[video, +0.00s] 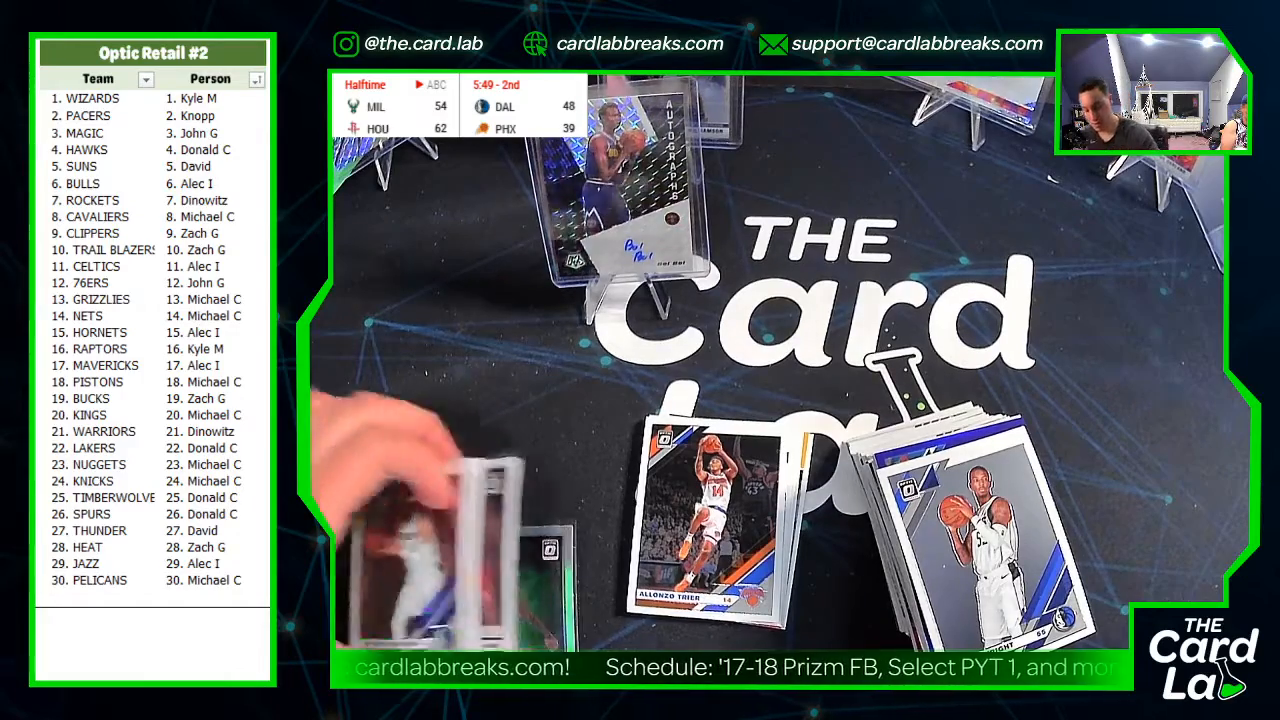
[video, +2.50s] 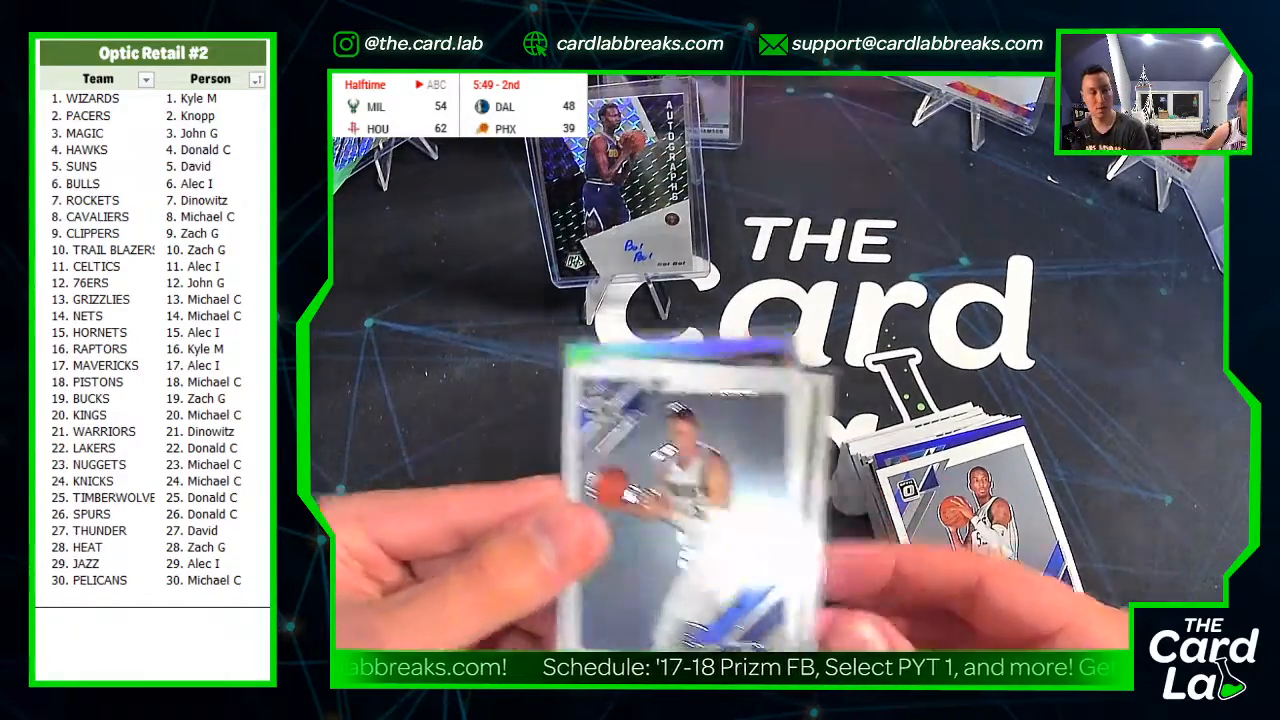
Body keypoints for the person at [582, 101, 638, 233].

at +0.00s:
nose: (617, 118)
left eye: (618, 115)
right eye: (612, 115)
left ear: (620, 117)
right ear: (603, 118)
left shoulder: (617, 142)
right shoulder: (598, 140)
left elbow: (619, 178)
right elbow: (606, 176)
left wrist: (632, 157)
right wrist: (623, 154)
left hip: (611, 188)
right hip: (595, 190)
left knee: (624, 226)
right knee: (598, 234)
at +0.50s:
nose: (618, 118)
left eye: (618, 115)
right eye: (614, 116)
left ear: (620, 117)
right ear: (603, 119)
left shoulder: (616, 141)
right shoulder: (598, 141)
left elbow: (621, 178)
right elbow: (606, 176)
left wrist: (631, 154)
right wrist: (623, 157)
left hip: (611, 188)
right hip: (595, 190)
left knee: (624, 227)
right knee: (599, 234)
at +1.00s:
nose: (617, 118)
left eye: (618, 115)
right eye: (613, 115)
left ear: (620, 117)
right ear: (603, 118)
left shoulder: (616, 142)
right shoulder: (598, 141)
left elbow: (621, 176)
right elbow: (606, 175)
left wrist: (632, 157)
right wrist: (623, 156)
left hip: (611, 187)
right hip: (596, 188)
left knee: (625, 227)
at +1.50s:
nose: (617, 118)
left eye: (618, 115)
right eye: (612, 116)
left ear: (620, 117)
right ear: (603, 119)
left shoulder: (618, 141)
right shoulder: (598, 141)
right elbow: (607, 176)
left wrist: (633, 155)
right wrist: (624, 155)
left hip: (613, 189)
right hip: (597, 191)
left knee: (624, 227)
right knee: (601, 233)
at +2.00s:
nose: (616, 118)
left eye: (617, 115)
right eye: (611, 115)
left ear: (620, 117)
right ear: (602, 119)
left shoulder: (618, 141)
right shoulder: (598, 141)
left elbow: (623, 177)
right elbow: (606, 176)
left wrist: (633, 155)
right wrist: (623, 155)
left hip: (614, 189)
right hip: (596, 191)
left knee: (624, 230)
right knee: (599, 236)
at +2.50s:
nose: (617, 118)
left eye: (618, 115)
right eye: (612, 115)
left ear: (620, 117)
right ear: (602, 119)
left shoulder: (616, 142)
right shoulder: (598, 140)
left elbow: (620, 179)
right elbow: (606, 176)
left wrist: (631, 157)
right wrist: (624, 154)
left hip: (612, 190)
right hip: (596, 192)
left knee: (624, 229)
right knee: (599, 236)